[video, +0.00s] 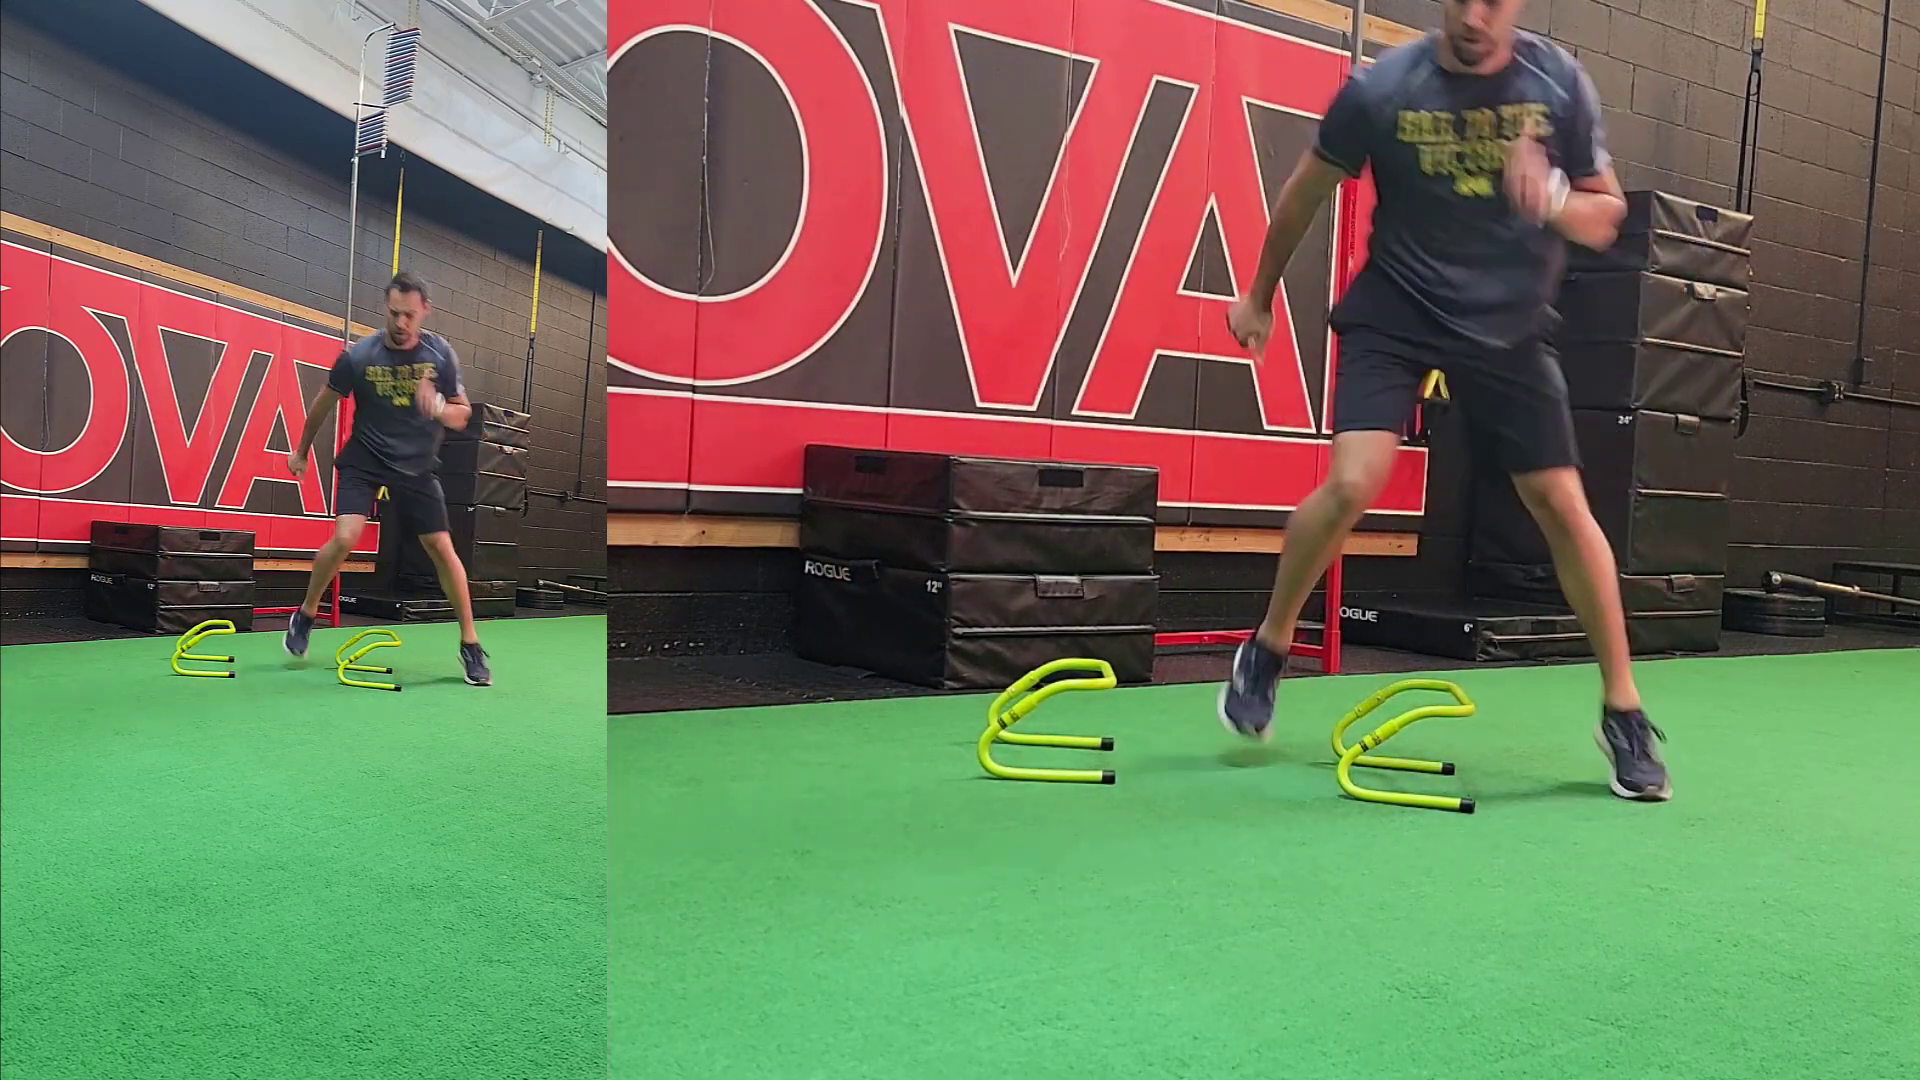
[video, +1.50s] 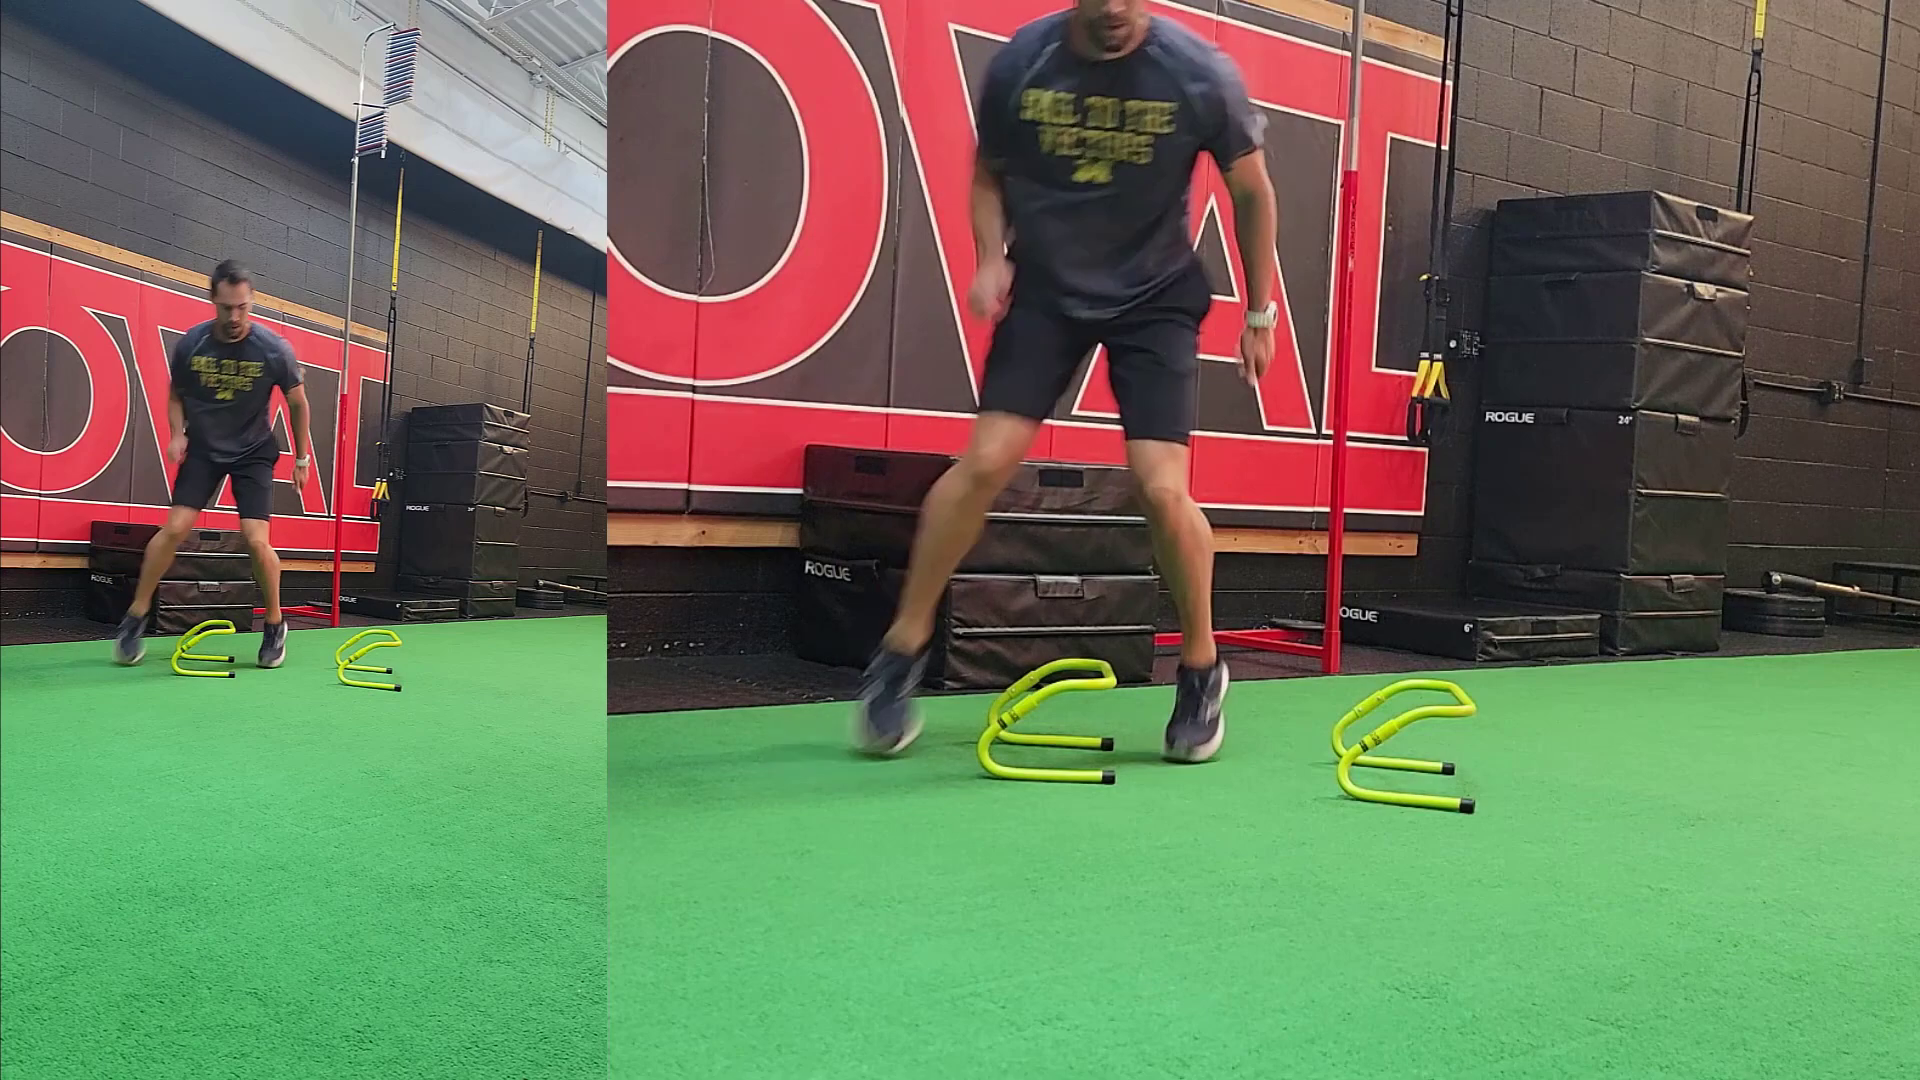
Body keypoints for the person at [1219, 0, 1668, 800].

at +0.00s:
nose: (1475, 17)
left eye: (1493, 3)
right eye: (1461, 1)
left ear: (1519, 9)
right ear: (1437, 3)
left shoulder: (1560, 80)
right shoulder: (1376, 91)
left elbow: (1605, 221)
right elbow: (1307, 189)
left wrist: (1552, 200)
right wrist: (1258, 294)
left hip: (1509, 330)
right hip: (1394, 315)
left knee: (1564, 504)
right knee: (1352, 486)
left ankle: (1624, 708)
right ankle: (1269, 646)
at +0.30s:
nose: (1294, 12)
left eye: (1309, 4)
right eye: (1281, 3)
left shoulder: (1393, 61)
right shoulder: (1210, 55)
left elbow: (1423, 169)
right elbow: (1173, 174)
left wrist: (1427, 280)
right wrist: (1207, 229)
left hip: (1332, 283)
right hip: (1235, 281)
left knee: (1308, 436)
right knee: (1224, 461)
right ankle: (1251, 643)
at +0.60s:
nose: (1098, 12)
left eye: (1116, 2)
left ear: (1152, 0)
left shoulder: (1207, 75)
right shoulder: (1028, 59)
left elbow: (1254, 218)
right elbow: (1005, 163)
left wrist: (1184, 295)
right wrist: (995, 278)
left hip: (1165, 280)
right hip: (1054, 271)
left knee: (1171, 464)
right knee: (983, 447)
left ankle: (1219, 614)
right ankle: (895, 641)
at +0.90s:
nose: (936, 131)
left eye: (954, 114)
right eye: (921, 112)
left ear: (995, 87)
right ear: (904, 90)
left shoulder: (1053, 187)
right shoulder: (891, 146)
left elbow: (1000, 342)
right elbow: (897, 234)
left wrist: (911, 244)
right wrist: (891, 297)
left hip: (1036, 360)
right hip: (932, 347)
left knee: (982, 493)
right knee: (892, 502)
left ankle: (945, 545)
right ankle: (860, 695)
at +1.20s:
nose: (935, 114)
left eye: (953, 94)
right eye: (918, 93)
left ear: (986, 71)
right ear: (895, 74)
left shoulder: (1046, 169)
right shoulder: (873, 161)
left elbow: (1080, 315)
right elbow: (865, 284)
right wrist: (853, 388)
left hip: (1020, 358)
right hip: (922, 350)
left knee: (963, 476)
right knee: (882, 501)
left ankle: (954, 568)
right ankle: (860, 696)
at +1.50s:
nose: (1117, 14)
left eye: (1131, 2)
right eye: (1102, 2)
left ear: (1149, 1)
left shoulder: (1201, 76)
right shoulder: (1017, 65)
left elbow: (1253, 189)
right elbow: (988, 174)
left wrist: (1264, 309)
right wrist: (990, 257)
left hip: (1156, 298)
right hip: (1048, 296)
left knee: (1160, 485)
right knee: (985, 462)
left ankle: (1201, 668)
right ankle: (905, 643)